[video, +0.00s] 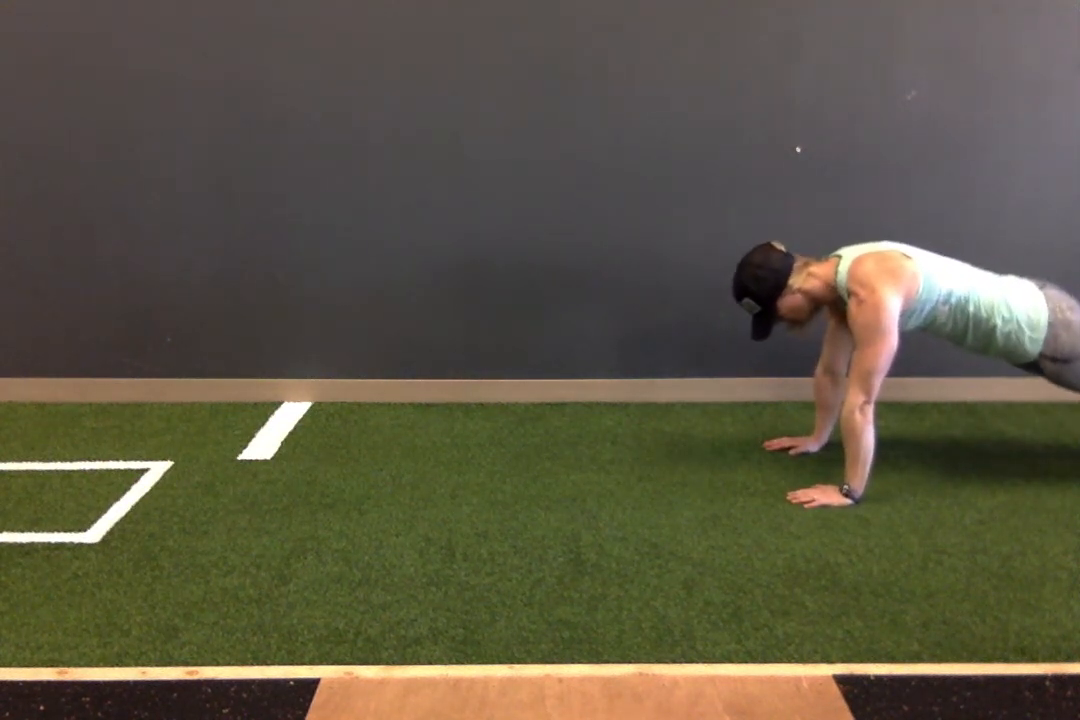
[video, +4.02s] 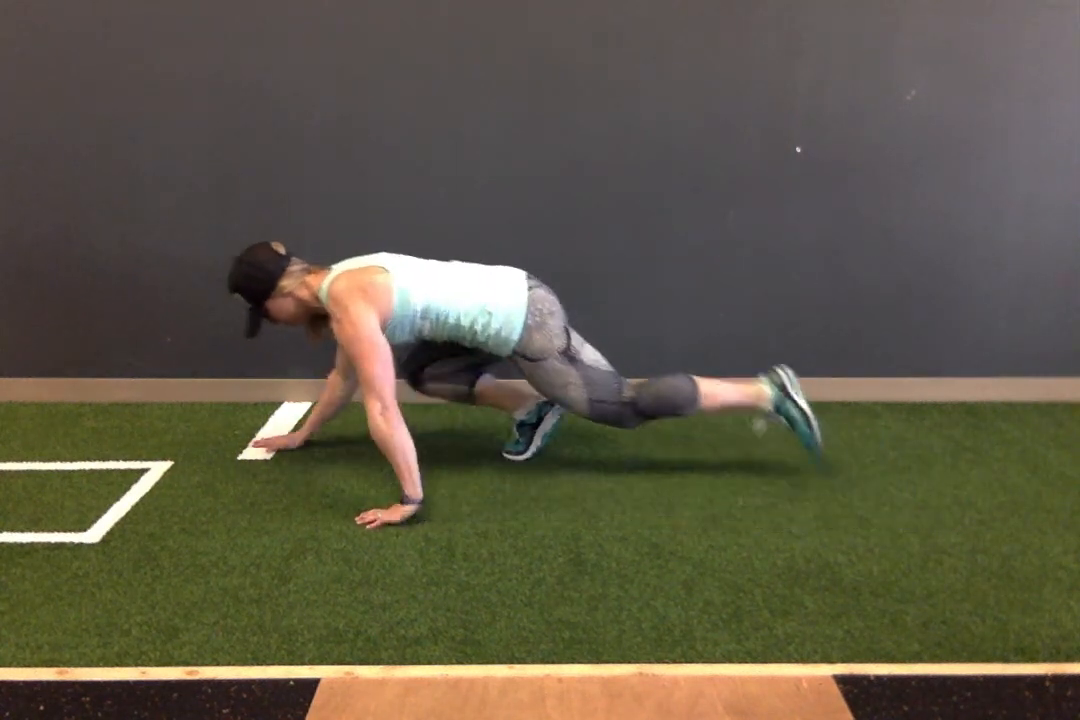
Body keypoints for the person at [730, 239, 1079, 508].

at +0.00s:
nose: (781, 320)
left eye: (773, 311)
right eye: (773, 314)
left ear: (790, 289)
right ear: (793, 269)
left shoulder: (872, 285)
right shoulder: (840, 277)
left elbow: (860, 401)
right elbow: (830, 370)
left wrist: (851, 489)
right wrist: (817, 439)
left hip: (1048, 330)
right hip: (1029, 328)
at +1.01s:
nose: (731, 317)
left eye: (725, 306)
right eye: (723, 311)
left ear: (747, 283)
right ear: (750, 272)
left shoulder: (814, 298)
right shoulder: (802, 271)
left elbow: (859, 400)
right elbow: (814, 367)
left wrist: (850, 488)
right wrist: (818, 436)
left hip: (974, 346)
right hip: (978, 339)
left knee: (864, 365)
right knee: (1060, 402)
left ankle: (955, 482)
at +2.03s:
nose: (548, 335)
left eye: (541, 324)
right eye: (540, 329)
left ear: (555, 302)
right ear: (562, 287)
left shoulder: (619, 315)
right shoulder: (609, 294)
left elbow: (635, 419)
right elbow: (569, 385)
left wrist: (620, 503)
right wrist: (515, 450)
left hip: (805, 329)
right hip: (822, 289)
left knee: (764, 466)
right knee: (955, 368)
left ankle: (916, 464)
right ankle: (1073, 382)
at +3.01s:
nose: (363, 319)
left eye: (353, 311)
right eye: (353, 312)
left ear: (356, 292)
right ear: (375, 257)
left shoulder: (405, 308)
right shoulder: (444, 260)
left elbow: (415, 418)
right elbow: (484, 358)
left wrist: (417, 508)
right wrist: (504, 444)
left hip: (594, 350)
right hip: (612, 290)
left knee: (723, 413)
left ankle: (876, 457)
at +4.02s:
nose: (277, 321)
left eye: (269, 311)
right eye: (268, 314)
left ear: (280, 291)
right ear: (291, 271)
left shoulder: (352, 305)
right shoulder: (343, 282)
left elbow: (382, 407)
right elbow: (346, 371)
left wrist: (412, 498)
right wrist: (303, 432)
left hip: (528, 319)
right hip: (498, 309)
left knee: (616, 404)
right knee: (418, 368)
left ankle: (767, 393)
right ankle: (534, 408)